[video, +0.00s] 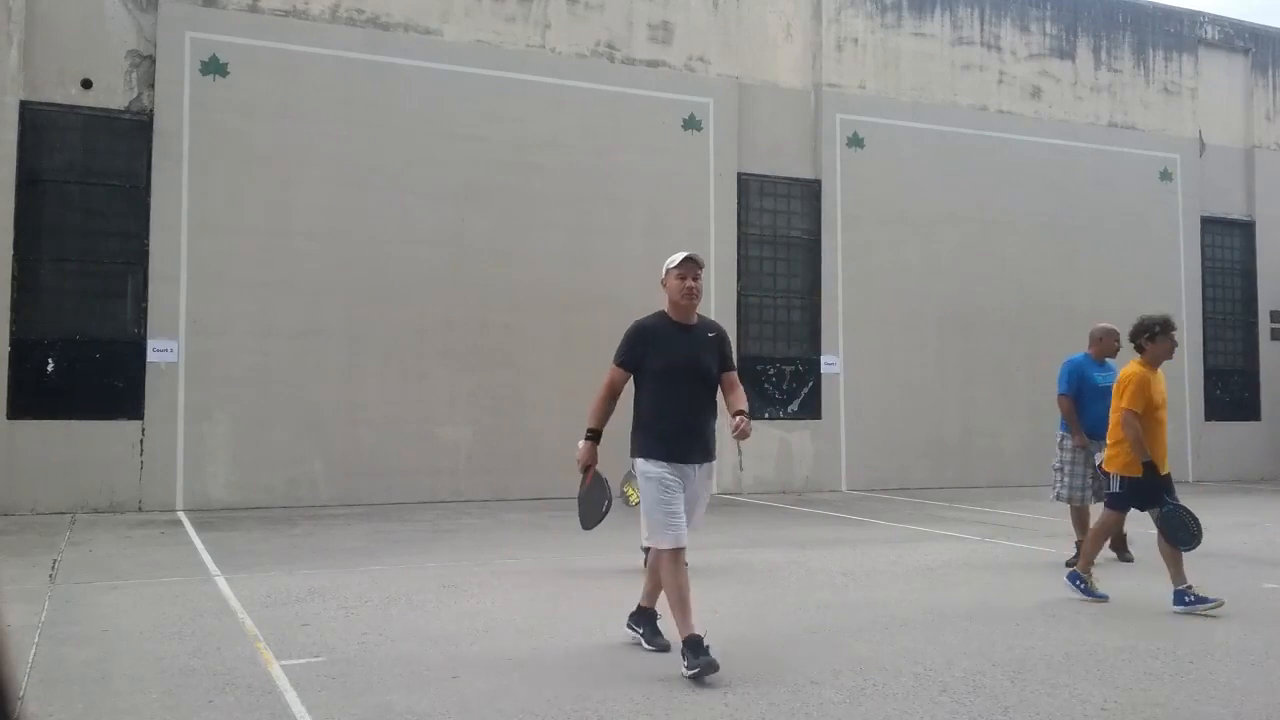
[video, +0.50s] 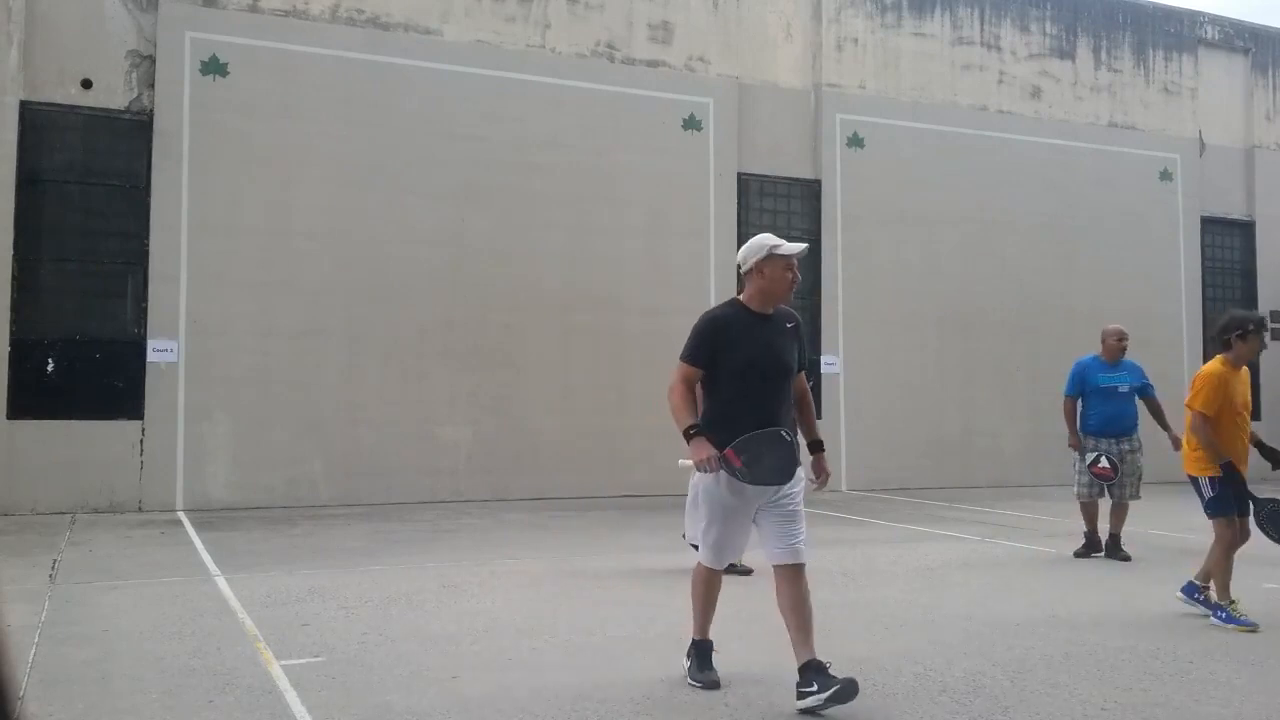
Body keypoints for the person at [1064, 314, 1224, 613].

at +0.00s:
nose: (1175, 344)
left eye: (1174, 339)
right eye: (1170, 340)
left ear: (1154, 343)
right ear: (1149, 342)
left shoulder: (1154, 374)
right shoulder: (1135, 375)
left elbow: (1143, 420)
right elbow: (1128, 420)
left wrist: (1113, 458)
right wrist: (1146, 460)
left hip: (1152, 465)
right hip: (1128, 466)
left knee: (1169, 526)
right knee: (1110, 520)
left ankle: (1182, 590)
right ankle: (1080, 573)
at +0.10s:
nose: (1194, 342)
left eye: (1192, 336)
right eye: (1188, 337)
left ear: (1171, 341)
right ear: (1166, 340)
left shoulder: (1174, 371)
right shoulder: (1150, 372)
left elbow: (1170, 419)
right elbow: (1137, 416)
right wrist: (1155, 458)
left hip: (1175, 465)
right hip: (1149, 466)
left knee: (1181, 528)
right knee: (1142, 527)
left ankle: (1186, 591)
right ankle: (1100, 565)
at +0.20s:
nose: (1211, 336)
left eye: (1210, 331)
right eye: (1205, 331)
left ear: (1189, 337)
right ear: (1184, 335)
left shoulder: (1194, 369)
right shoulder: (1163, 369)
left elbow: (1187, 416)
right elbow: (1146, 414)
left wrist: (1195, 459)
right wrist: (1162, 457)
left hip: (1190, 464)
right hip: (1167, 463)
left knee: (1187, 529)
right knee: (1177, 526)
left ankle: (1186, 592)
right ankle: (1134, 564)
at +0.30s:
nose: (1226, 340)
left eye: (1226, 334)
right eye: (1222, 334)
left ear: (1208, 335)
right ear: (1200, 335)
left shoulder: (1212, 368)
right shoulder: (1177, 369)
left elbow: (1208, 419)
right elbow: (1155, 414)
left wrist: (1225, 454)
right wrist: (1173, 457)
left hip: (1205, 463)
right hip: (1184, 463)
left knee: (1194, 525)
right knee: (1194, 526)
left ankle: (1180, 583)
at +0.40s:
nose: (1242, 340)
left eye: (1242, 334)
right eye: (1237, 334)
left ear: (1222, 336)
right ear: (1217, 335)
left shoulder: (1228, 369)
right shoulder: (1193, 370)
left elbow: (1225, 417)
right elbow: (1171, 418)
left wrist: (1251, 447)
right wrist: (1194, 458)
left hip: (1219, 464)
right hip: (1197, 464)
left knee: (1205, 528)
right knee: (1211, 529)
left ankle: (1188, 592)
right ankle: (1219, 601)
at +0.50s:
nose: (1263, 345)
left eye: (1262, 338)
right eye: (1258, 338)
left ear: (1241, 340)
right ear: (1238, 339)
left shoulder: (1242, 372)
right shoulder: (1212, 374)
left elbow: (1237, 420)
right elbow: (1197, 424)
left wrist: (1263, 447)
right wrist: (1227, 466)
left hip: (1230, 466)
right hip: (1208, 468)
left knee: (1240, 532)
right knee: (1226, 533)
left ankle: (1197, 583)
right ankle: (1222, 605)